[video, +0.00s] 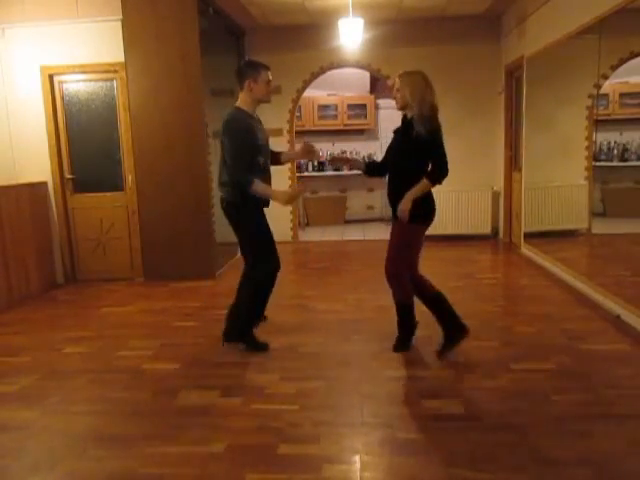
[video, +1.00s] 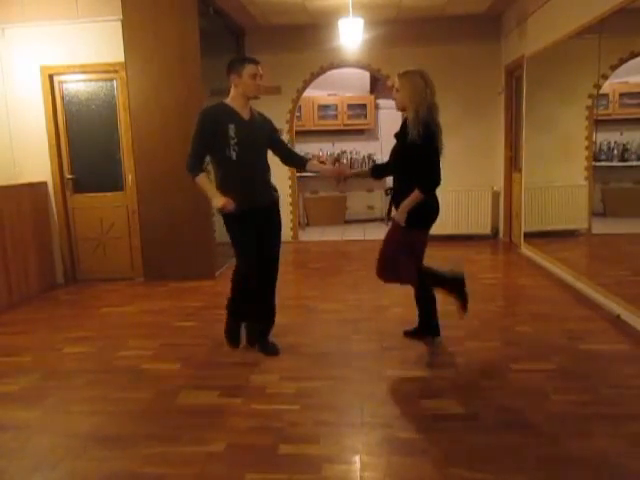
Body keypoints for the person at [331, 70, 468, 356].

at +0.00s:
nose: (394, 94)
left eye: (398, 89)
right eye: (394, 89)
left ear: (413, 91)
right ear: (405, 93)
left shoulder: (425, 124)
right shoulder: (405, 127)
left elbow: (440, 170)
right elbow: (383, 168)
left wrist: (410, 196)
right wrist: (353, 163)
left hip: (416, 207)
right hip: (404, 206)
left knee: (396, 270)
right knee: (407, 272)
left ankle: (405, 330)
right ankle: (453, 326)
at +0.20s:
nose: (397, 95)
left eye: (401, 89)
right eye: (397, 90)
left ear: (416, 92)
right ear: (414, 94)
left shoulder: (427, 126)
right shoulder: (414, 128)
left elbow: (441, 172)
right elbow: (387, 168)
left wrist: (409, 197)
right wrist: (351, 163)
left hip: (419, 213)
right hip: (429, 211)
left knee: (388, 271)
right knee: (439, 279)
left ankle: (418, 337)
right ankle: (462, 347)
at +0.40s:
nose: (396, 94)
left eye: (401, 88)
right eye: (396, 88)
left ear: (416, 91)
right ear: (416, 91)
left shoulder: (423, 126)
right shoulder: (413, 125)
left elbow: (424, 180)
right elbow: (395, 165)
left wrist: (399, 202)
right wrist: (355, 164)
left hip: (421, 212)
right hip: (419, 210)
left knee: (408, 280)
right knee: (412, 278)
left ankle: (435, 350)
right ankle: (445, 335)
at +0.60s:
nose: (395, 91)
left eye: (400, 86)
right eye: (395, 86)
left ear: (416, 88)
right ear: (410, 89)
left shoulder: (422, 125)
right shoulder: (410, 123)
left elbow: (422, 177)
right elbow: (395, 162)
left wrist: (398, 203)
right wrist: (359, 164)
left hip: (419, 208)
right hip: (410, 207)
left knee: (411, 272)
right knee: (405, 268)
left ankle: (436, 352)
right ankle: (426, 325)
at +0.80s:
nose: (394, 91)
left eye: (399, 86)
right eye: (394, 86)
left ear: (414, 90)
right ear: (409, 90)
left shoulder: (423, 126)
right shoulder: (407, 124)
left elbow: (434, 177)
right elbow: (395, 161)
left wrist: (407, 204)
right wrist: (360, 161)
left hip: (418, 208)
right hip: (412, 208)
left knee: (394, 270)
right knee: (410, 266)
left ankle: (434, 325)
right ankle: (427, 320)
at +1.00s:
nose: (393, 95)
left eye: (398, 90)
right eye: (394, 90)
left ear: (412, 93)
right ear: (413, 94)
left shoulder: (423, 127)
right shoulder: (409, 126)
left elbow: (431, 180)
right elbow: (392, 167)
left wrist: (404, 207)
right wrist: (352, 174)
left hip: (420, 207)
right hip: (412, 206)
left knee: (388, 268)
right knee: (412, 266)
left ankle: (451, 282)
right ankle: (427, 324)